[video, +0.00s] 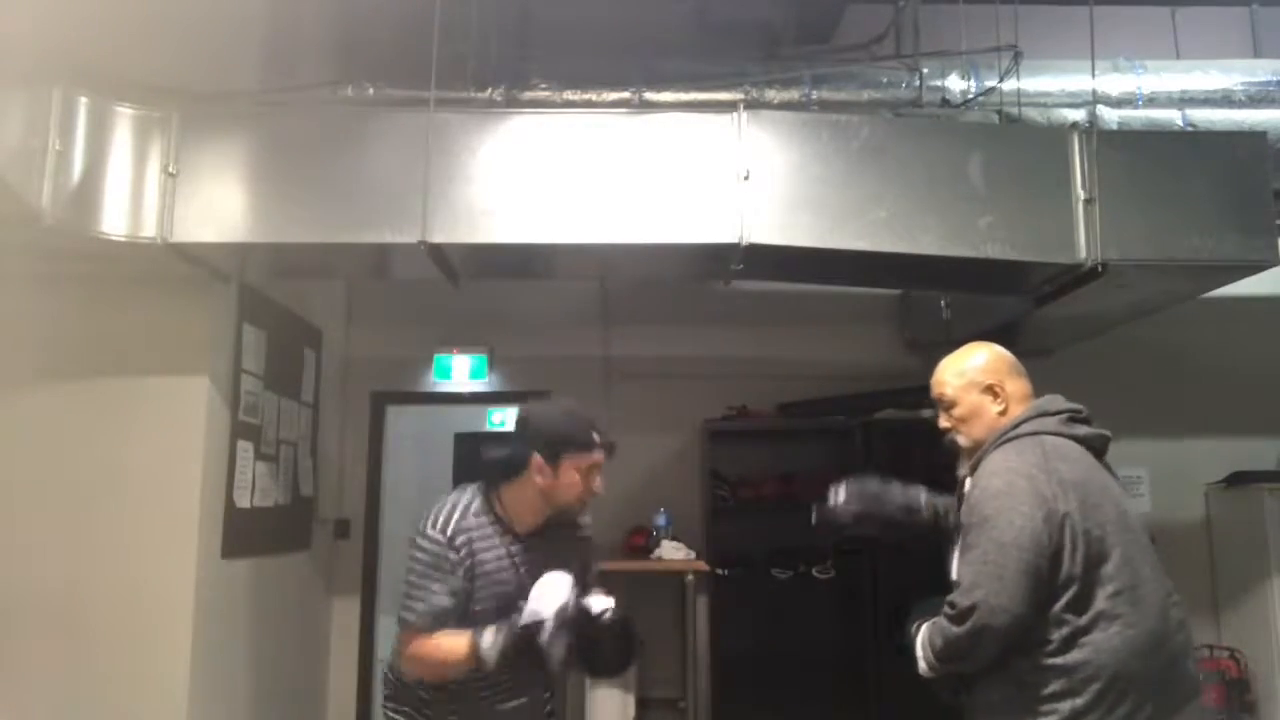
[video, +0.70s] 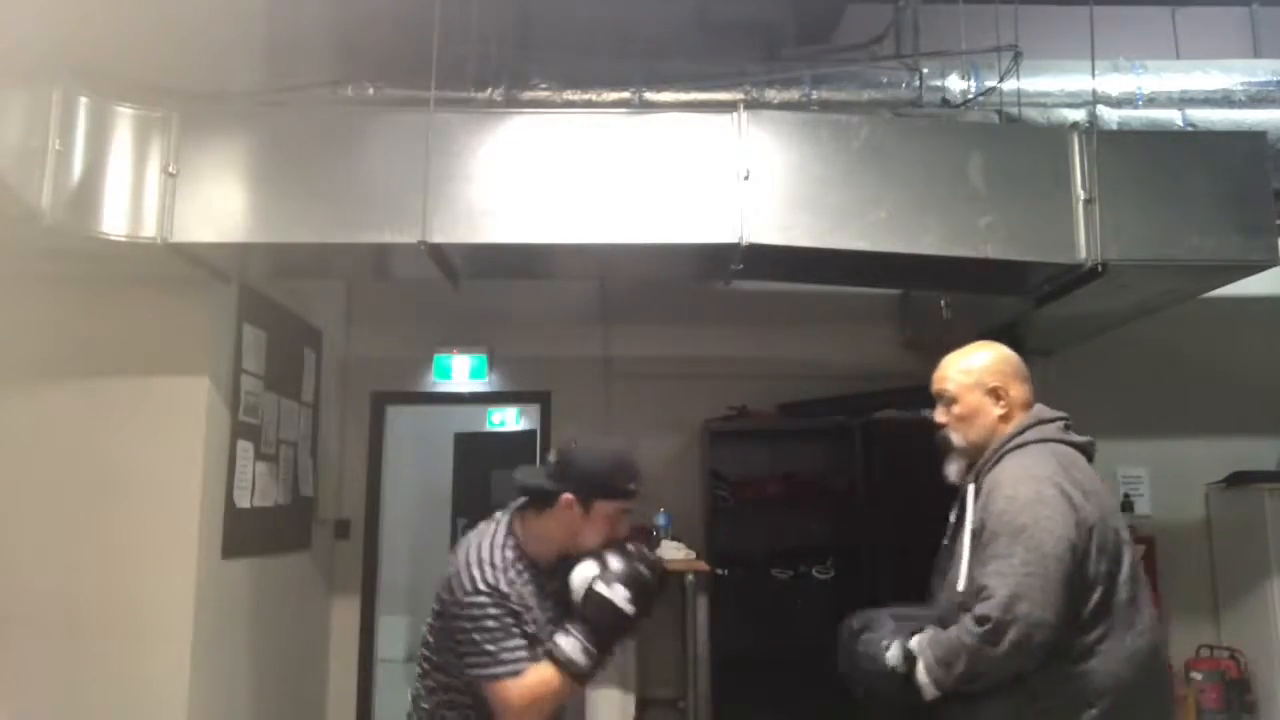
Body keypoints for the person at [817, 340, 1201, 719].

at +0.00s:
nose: (941, 424)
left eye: (948, 406)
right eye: (938, 410)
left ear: (996, 397)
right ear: (999, 399)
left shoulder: (1009, 471)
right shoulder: (1065, 453)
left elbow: (993, 613)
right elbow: (993, 519)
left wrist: (928, 646)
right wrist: (906, 506)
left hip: (1086, 697)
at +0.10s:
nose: (918, 430)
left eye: (925, 413)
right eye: (915, 416)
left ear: (975, 403)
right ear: (978, 403)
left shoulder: (989, 477)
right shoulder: (1043, 457)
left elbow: (978, 622)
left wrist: (911, 660)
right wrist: (898, 463)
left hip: (1077, 698)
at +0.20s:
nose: (900, 433)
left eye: (907, 416)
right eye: (897, 419)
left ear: (955, 406)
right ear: (957, 407)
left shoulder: (981, 482)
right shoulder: (1016, 462)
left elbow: (971, 629)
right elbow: (931, 550)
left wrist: (896, 672)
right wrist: (875, 461)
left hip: (1074, 702)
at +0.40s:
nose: (892, 424)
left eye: (902, 407)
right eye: (890, 410)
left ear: (952, 397)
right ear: (951, 399)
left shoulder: (987, 471)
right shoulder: (964, 460)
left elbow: (978, 622)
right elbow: (881, 517)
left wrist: (893, 672)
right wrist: (808, 482)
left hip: (1070, 700)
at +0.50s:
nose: (906, 417)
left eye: (915, 400)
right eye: (904, 403)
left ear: (966, 395)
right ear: (964, 397)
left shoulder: (994, 474)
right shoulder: (985, 456)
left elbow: (983, 622)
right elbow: (907, 506)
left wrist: (889, 671)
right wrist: (829, 524)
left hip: (1065, 700)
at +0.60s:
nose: (921, 414)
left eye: (932, 397)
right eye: (921, 399)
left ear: (983, 395)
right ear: (982, 397)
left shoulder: (1013, 477)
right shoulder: (985, 465)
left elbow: (1000, 626)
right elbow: (941, 556)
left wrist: (893, 669)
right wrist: (868, 583)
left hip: (1073, 705)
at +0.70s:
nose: (937, 418)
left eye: (948, 402)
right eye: (937, 403)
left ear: (1000, 400)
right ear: (1000, 401)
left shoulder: (1026, 476)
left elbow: (1020, 620)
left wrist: (918, 660)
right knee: (868, 631)